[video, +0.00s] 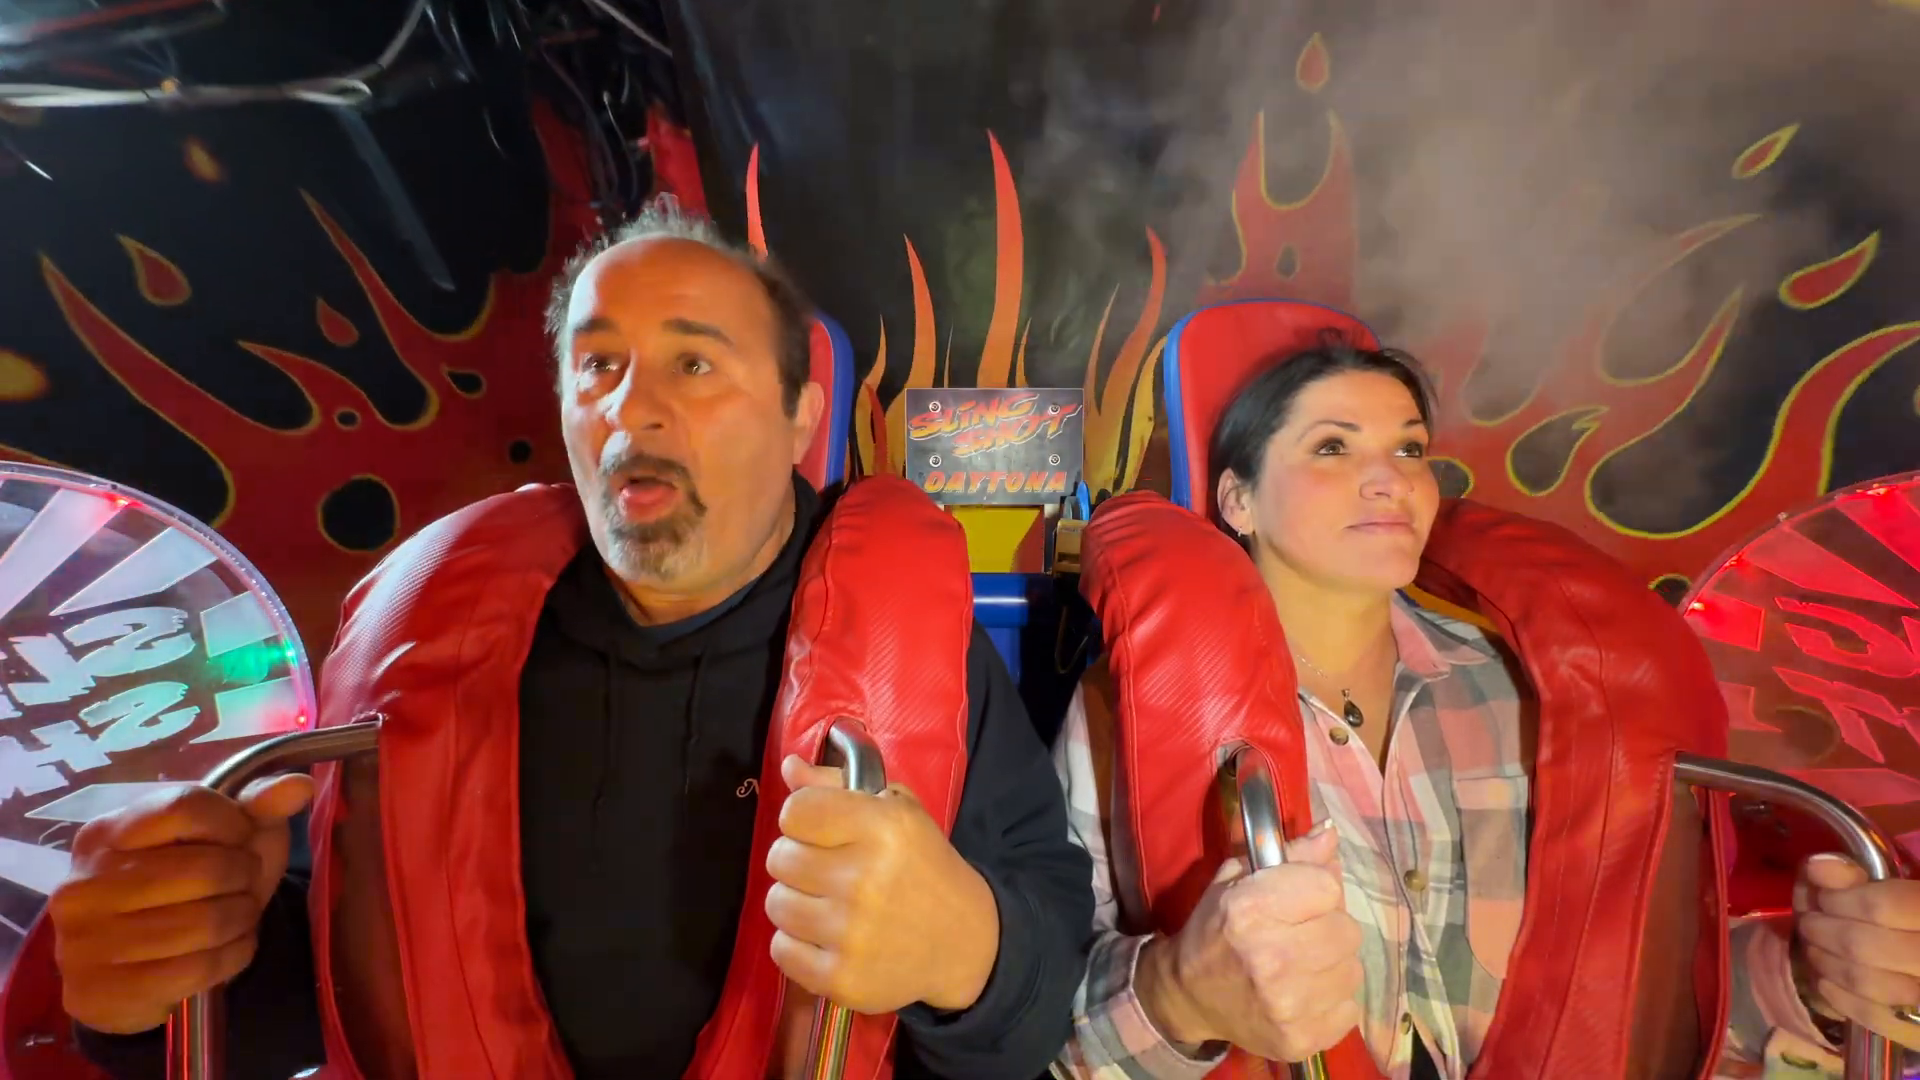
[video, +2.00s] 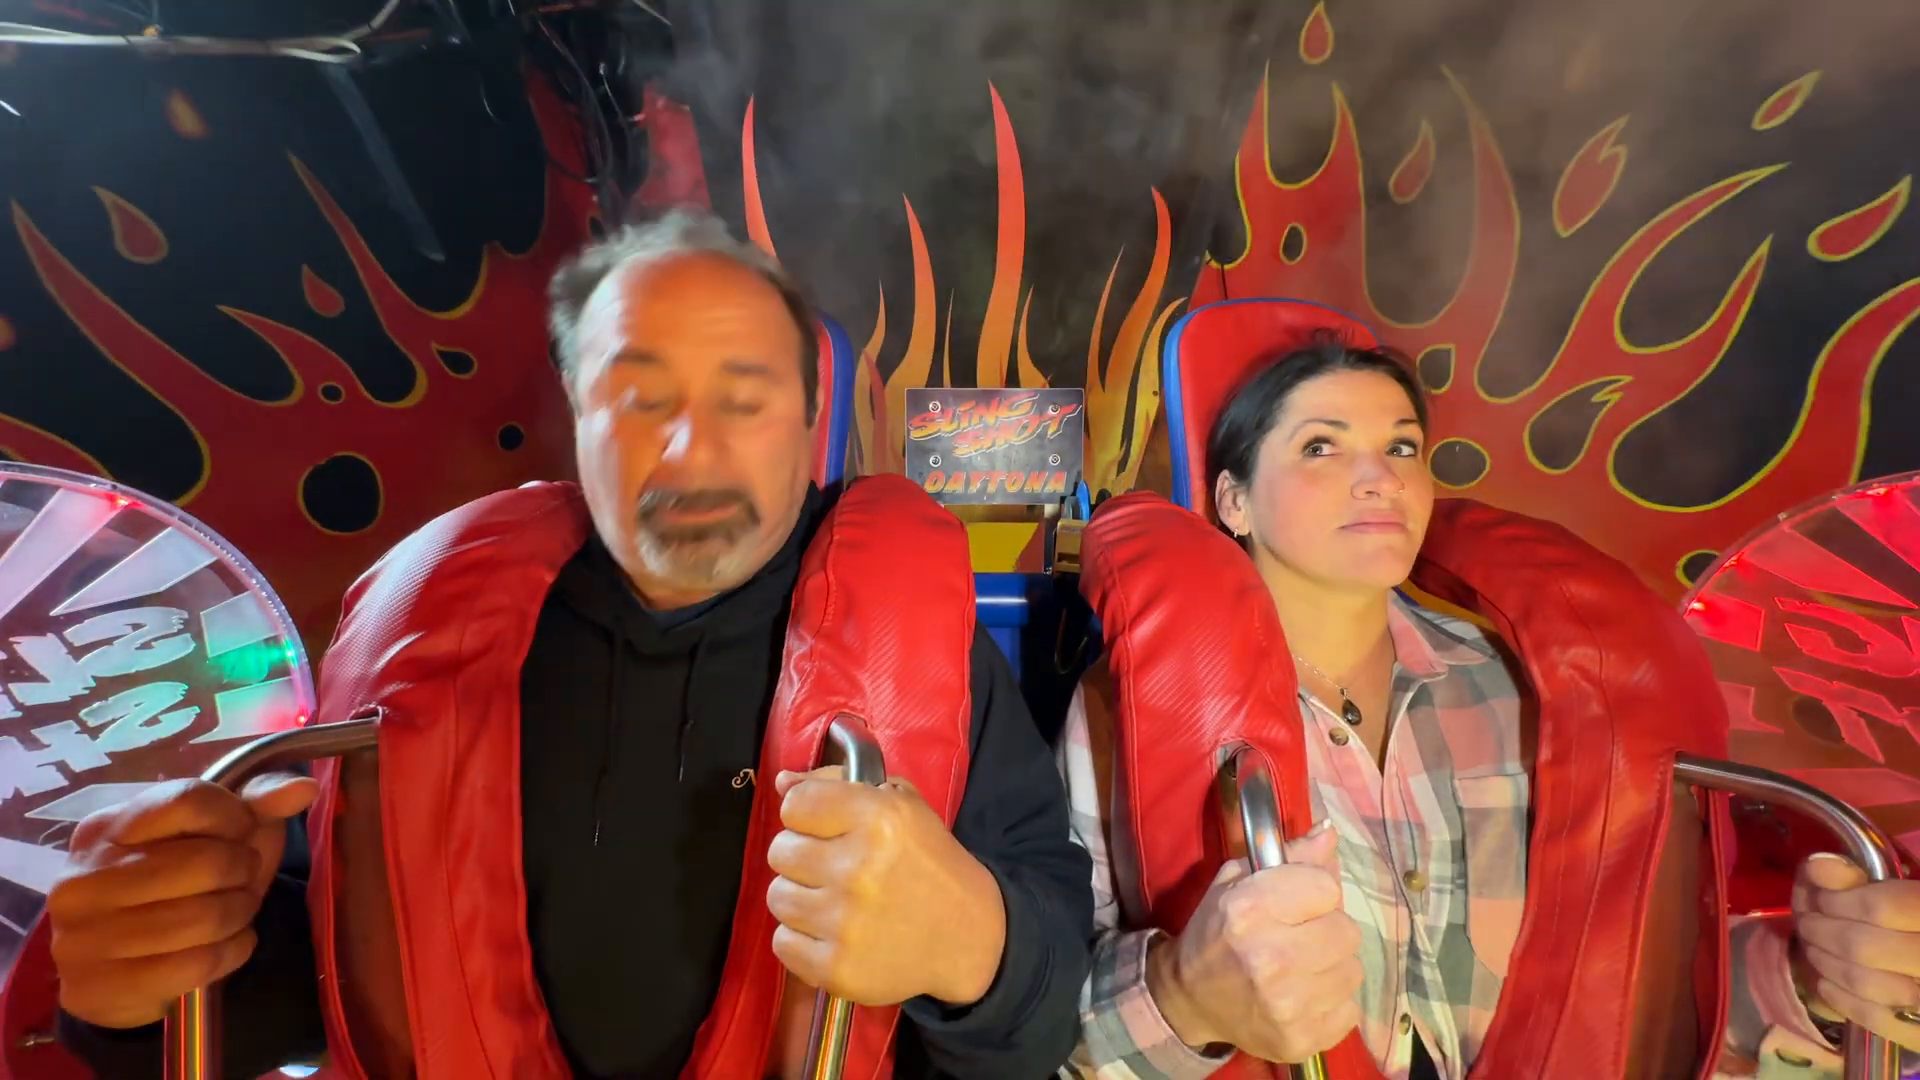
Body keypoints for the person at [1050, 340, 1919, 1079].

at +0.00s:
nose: (1390, 483)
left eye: (1409, 454)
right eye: (1332, 450)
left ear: (1435, 492)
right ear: (1239, 499)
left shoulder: (1513, 692)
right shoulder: (1142, 713)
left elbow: (1600, 968)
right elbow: (1054, 1036)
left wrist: (1785, 971)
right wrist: (1173, 998)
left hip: (1489, 1065)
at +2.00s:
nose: (1380, 482)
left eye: (1402, 451)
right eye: (1322, 450)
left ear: (1433, 490)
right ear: (1233, 502)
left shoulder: (1523, 695)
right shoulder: (1138, 715)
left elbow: (1614, 972)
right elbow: (1058, 1031)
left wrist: (1800, 972)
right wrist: (1175, 1004)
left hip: (1499, 1070)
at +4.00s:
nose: (1385, 483)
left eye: (1406, 456)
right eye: (1330, 456)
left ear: (1434, 492)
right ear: (1237, 502)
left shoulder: (1520, 690)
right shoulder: (1142, 713)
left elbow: (1614, 969)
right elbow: (1053, 1034)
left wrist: (1803, 974)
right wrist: (1172, 999)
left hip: (1497, 1064)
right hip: (1260, 1071)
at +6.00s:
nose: (1383, 485)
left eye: (1406, 457)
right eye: (1331, 458)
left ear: (1435, 492)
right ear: (1239, 501)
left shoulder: (1516, 689)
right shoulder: (1144, 710)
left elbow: (1609, 969)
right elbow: (1057, 1031)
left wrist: (1802, 973)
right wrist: (1172, 996)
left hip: (1494, 1066)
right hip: (1260, 1073)